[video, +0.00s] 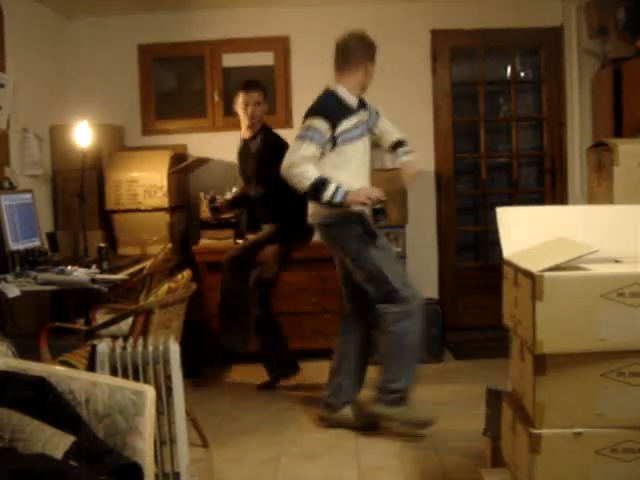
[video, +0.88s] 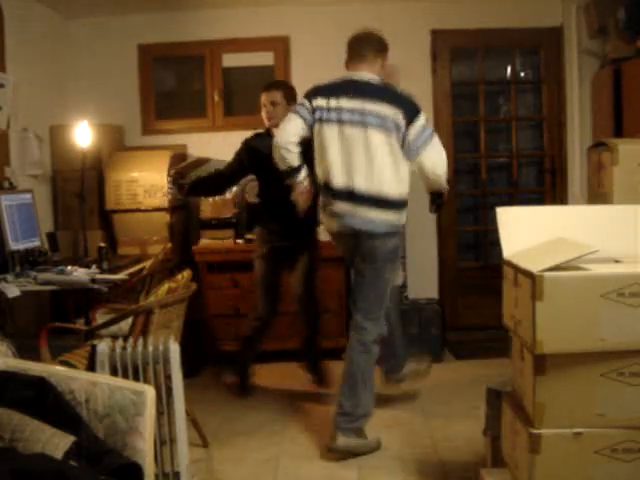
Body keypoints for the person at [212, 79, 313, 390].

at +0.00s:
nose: (250, 112)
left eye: (256, 104)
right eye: (244, 105)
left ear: (266, 108)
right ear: (236, 110)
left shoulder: (275, 146)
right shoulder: (245, 147)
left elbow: (284, 198)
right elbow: (251, 189)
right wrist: (229, 201)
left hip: (283, 228)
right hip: (259, 228)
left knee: (234, 261)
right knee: (257, 298)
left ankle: (232, 342)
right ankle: (281, 364)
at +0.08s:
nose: (258, 106)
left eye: (264, 100)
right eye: (252, 100)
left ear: (274, 104)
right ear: (244, 106)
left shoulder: (287, 145)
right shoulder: (242, 145)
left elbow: (312, 181)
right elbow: (242, 189)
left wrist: (312, 222)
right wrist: (213, 203)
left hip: (281, 231)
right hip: (253, 232)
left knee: (242, 290)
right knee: (245, 296)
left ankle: (268, 364)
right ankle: (262, 371)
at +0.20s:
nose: (268, 121)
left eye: (274, 115)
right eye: (262, 115)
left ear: (283, 119)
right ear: (253, 119)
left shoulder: (293, 161)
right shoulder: (241, 154)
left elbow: (306, 200)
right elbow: (227, 194)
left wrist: (337, 217)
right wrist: (196, 205)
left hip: (275, 249)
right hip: (241, 247)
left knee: (268, 327)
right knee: (230, 317)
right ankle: (259, 380)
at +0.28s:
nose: (272, 119)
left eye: (278, 113)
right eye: (266, 113)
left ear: (286, 118)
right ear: (256, 118)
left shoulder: (291, 160)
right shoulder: (238, 151)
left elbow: (307, 201)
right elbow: (219, 189)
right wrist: (189, 201)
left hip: (274, 246)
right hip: (240, 246)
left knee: (264, 322)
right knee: (234, 318)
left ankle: (311, 371)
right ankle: (259, 379)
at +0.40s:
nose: (272, 107)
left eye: (278, 101)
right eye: (267, 101)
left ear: (289, 105)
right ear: (259, 105)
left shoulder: (294, 143)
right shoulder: (240, 138)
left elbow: (300, 179)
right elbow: (215, 172)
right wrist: (177, 192)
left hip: (269, 229)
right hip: (235, 229)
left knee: (261, 296)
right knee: (240, 301)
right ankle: (258, 363)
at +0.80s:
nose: (267, 115)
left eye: (274, 108)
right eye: (263, 109)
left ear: (292, 112)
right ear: (260, 114)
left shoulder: (305, 149)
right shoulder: (253, 150)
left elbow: (317, 187)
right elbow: (222, 178)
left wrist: (309, 208)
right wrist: (182, 187)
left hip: (291, 234)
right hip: (256, 234)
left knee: (292, 301)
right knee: (248, 307)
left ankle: (283, 354)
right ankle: (230, 375)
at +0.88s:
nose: (267, 112)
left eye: (274, 105)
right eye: (263, 106)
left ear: (291, 107)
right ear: (260, 110)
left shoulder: (308, 142)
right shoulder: (256, 146)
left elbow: (324, 179)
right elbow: (225, 178)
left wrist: (314, 197)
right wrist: (187, 188)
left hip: (304, 229)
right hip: (270, 229)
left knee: (308, 300)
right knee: (266, 306)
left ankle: (314, 364)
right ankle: (241, 368)